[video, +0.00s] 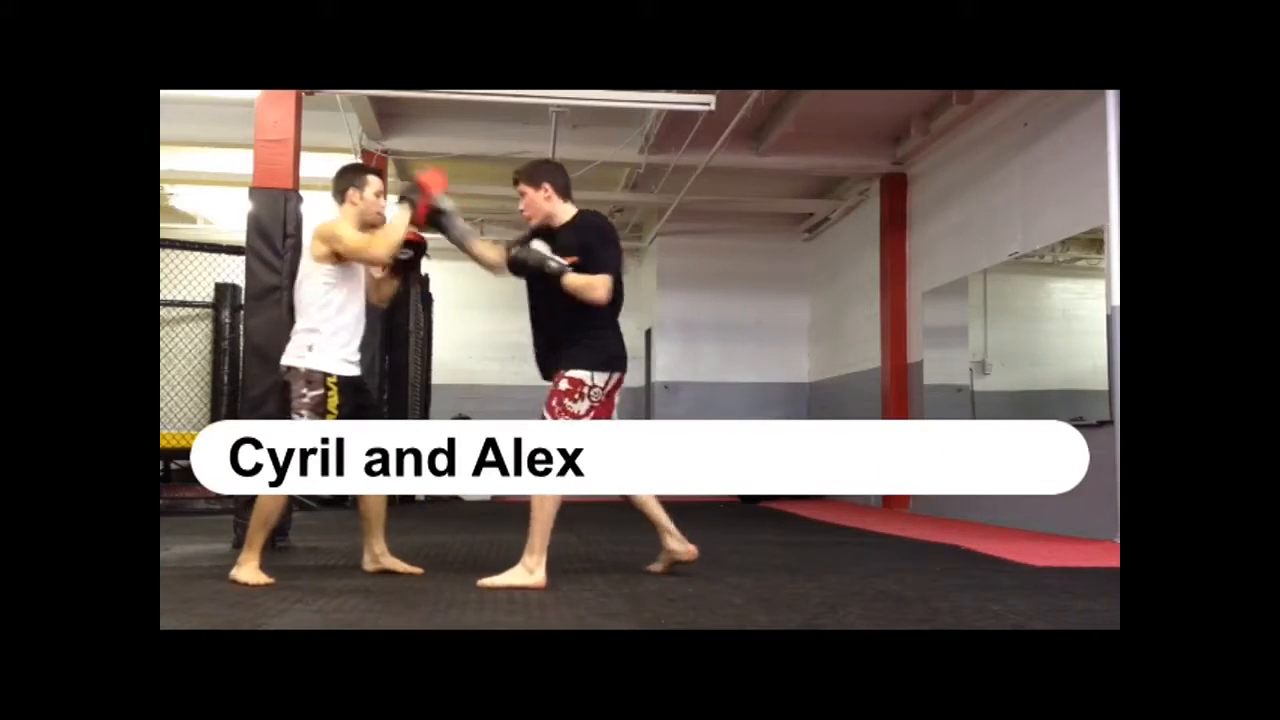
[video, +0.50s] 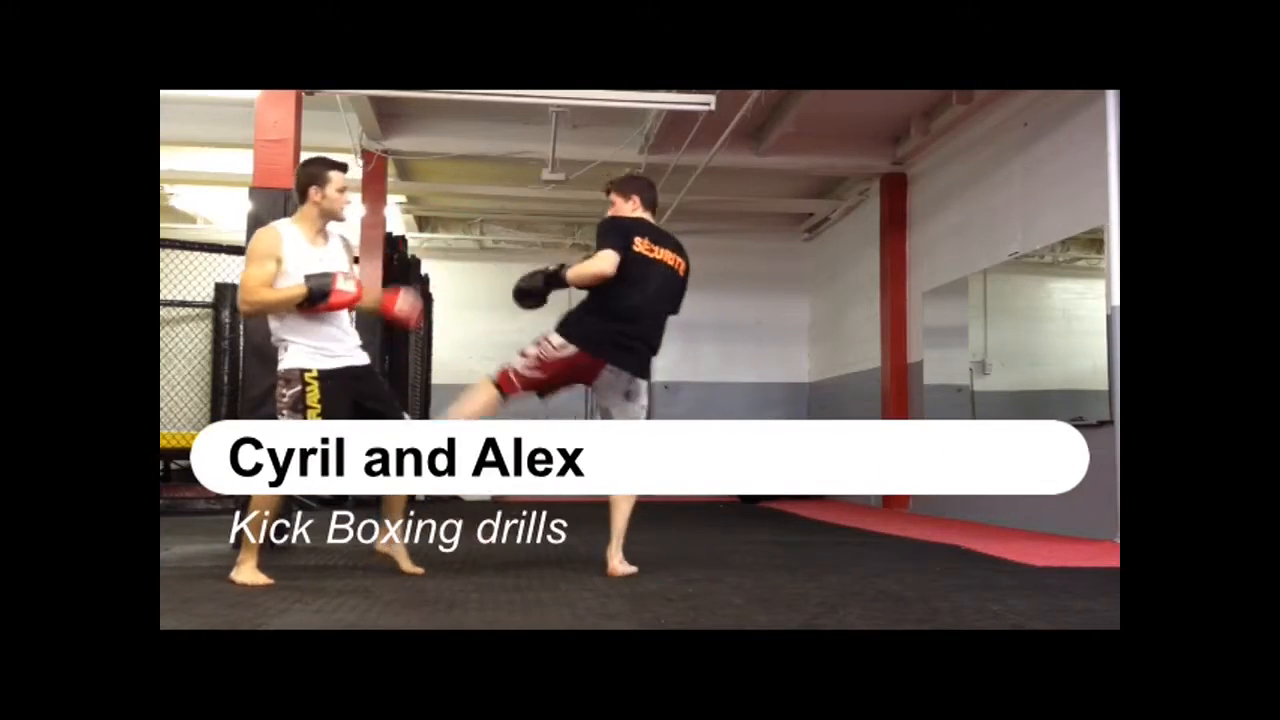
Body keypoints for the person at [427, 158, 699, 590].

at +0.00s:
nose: (520, 207)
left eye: (524, 197)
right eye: (519, 198)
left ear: (547, 192)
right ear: (544, 193)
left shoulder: (594, 228)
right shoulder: (542, 238)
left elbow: (601, 291)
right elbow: (498, 258)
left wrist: (552, 267)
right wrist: (452, 225)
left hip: (593, 362)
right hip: (575, 363)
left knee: (547, 456)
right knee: (609, 456)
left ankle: (532, 565)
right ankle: (674, 540)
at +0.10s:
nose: (531, 201)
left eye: (534, 192)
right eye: (530, 193)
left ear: (558, 187)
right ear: (562, 189)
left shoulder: (580, 226)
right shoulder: (584, 226)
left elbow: (554, 281)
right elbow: (555, 283)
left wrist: (519, 254)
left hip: (583, 360)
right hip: (603, 359)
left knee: (543, 454)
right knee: (589, 451)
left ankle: (531, 562)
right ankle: (628, 547)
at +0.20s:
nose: (560, 199)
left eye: (564, 191)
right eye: (561, 192)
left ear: (585, 189)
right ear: (600, 192)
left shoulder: (578, 218)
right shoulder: (632, 233)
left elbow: (514, 235)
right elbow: (601, 268)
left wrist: (468, 231)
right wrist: (554, 260)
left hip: (571, 355)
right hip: (618, 361)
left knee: (502, 425)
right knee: (600, 448)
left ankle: (501, 520)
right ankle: (610, 552)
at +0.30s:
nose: (586, 204)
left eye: (589, 198)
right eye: (586, 199)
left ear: (607, 194)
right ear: (628, 198)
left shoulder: (595, 217)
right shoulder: (657, 244)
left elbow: (534, 240)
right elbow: (626, 280)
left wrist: (482, 241)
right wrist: (576, 262)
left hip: (571, 335)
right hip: (621, 354)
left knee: (486, 377)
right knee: (612, 450)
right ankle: (610, 552)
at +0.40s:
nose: (604, 212)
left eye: (606, 205)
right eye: (604, 205)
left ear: (625, 201)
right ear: (644, 206)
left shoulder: (612, 224)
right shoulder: (671, 254)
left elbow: (584, 260)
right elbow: (645, 301)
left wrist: (531, 268)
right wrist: (588, 280)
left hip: (571, 333)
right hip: (618, 361)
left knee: (489, 358)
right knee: (620, 455)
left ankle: (410, 394)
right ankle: (615, 554)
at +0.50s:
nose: (609, 210)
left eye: (612, 202)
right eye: (609, 203)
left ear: (634, 201)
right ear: (648, 206)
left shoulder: (619, 226)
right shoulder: (679, 254)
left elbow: (604, 267)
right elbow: (667, 307)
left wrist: (552, 278)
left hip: (582, 342)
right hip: (630, 365)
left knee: (499, 385)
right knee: (628, 456)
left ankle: (432, 443)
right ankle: (616, 554)